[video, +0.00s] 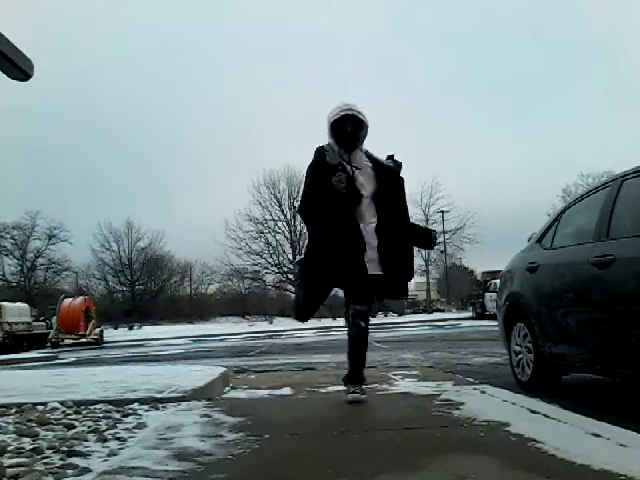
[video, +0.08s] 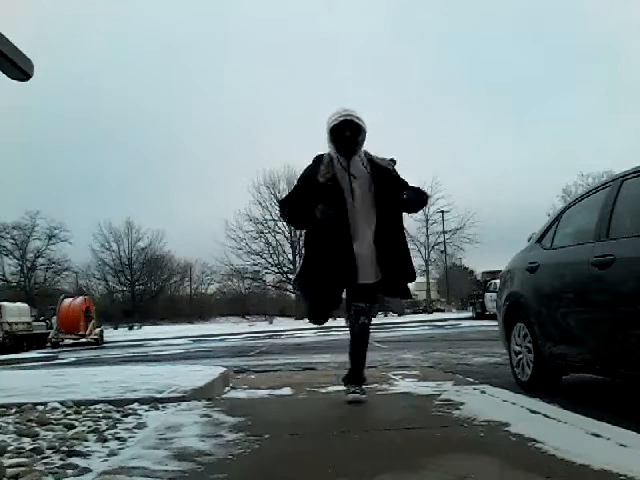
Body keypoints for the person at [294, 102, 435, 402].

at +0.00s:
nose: (349, 132)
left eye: (354, 126)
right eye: (342, 126)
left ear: (364, 131)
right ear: (332, 131)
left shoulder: (382, 170)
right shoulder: (323, 165)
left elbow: (393, 221)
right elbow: (309, 211)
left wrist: (421, 235)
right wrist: (334, 191)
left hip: (370, 254)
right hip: (335, 252)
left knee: (359, 316)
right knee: (304, 310)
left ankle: (355, 381)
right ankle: (308, 265)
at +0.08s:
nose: (347, 137)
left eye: (353, 131)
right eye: (341, 132)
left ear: (363, 135)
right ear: (331, 137)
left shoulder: (381, 170)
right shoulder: (320, 169)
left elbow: (412, 200)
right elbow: (290, 209)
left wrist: (413, 198)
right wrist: (315, 215)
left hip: (371, 257)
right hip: (333, 257)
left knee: (361, 317)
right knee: (319, 315)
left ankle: (355, 381)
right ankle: (312, 281)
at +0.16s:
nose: (342, 127)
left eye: (347, 121)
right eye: (335, 121)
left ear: (357, 124)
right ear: (325, 126)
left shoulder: (376, 147)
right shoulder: (315, 157)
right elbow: (279, 184)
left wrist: (392, 163)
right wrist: (302, 213)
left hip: (364, 243)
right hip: (330, 242)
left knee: (359, 310)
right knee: (337, 297)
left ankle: (356, 377)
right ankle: (307, 302)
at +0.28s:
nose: (336, 110)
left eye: (341, 104)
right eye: (329, 105)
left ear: (351, 107)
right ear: (319, 110)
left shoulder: (367, 130)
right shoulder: (308, 143)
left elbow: (409, 132)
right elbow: (295, 183)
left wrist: (372, 124)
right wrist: (295, 216)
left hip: (365, 227)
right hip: (332, 229)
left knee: (367, 292)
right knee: (341, 292)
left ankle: (366, 351)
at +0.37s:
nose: (331, 115)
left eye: (337, 109)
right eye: (325, 110)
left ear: (347, 111)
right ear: (316, 115)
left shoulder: (363, 135)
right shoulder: (305, 149)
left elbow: (393, 166)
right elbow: (298, 198)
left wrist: (367, 128)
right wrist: (303, 240)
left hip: (366, 235)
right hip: (330, 239)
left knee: (373, 298)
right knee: (342, 310)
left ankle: (376, 324)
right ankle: (348, 380)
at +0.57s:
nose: (328, 128)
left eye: (333, 121)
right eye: (321, 122)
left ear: (344, 125)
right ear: (313, 127)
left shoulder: (362, 152)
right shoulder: (302, 169)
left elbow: (401, 152)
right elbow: (297, 220)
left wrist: (362, 147)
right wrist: (299, 263)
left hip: (364, 245)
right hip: (328, 251)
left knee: (378, 291)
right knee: (343, 317)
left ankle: (381, 301)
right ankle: (351, 380)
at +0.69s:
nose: (326, 116)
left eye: (331, 109)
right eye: (320, 111)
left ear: (342, 110)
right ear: (312, 116)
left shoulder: (361, 132)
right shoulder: (302, 153)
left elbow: (397, 117)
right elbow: (294, 197)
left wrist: (358, 121)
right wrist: (296, 231)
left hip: (363, 227)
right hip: (328, 238)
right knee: (343, 309)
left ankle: (375, 297)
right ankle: (355, 373)